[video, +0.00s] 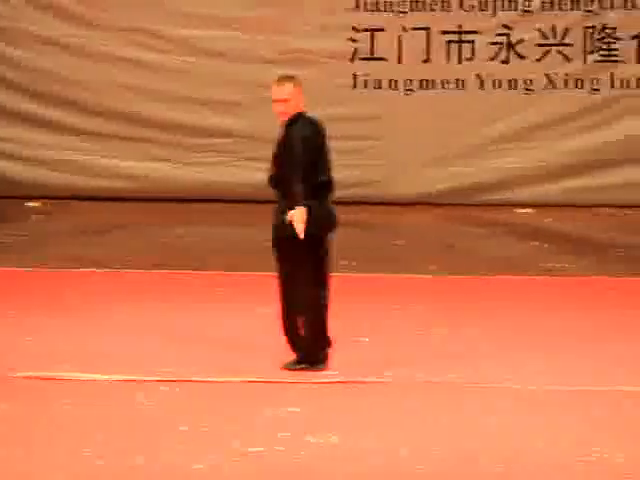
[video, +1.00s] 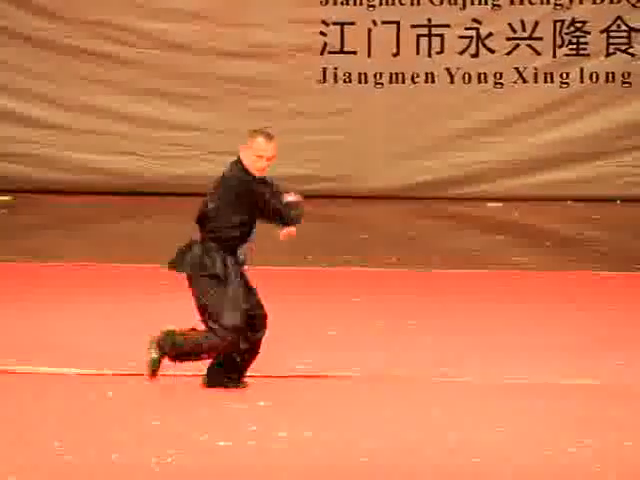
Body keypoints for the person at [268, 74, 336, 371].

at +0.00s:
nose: (278, 107)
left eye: (283, 101)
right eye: (275, 101)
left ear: (298, 98)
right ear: (278, 101)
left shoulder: (297, 130)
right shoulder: (309, 127)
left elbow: (296, 172)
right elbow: (315, 173)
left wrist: (297, 206)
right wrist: (302, 205)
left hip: (297, 220)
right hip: (312, 217)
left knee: (300, 287)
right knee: (311, 285)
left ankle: (309, 350)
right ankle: (314, 345)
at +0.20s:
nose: (259, 108)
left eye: (264, 103)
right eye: (258, 103)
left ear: (280, 102)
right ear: (283, 103)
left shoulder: (270, 138)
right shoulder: (304, 132)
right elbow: (313, 180)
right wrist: (308, 211)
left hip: (283, 226)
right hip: (309, 222)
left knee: (274, 288)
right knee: (304, 284)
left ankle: (291, 347)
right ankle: (304, 343)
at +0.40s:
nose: (246, 129)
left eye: (252, 123)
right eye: (245, 123)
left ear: (267, 121)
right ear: (243, 121)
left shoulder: (263, 152)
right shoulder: (277, 151)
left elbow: (219, 157)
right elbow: (299, 195)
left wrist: (220, 134)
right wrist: (311, 235)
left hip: (280, 239)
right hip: (290, 237)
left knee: (258, 294)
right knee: (280, 297)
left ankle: (232, 349)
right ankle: (292, 348)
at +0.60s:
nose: (258, 140)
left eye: (265, 135)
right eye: (255, 133)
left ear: (276, 137)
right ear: (248, 131)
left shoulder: (278, 173)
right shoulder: (236, 151)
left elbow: (294, 204)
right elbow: (214, 144)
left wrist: (305, 229)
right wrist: (194, 135)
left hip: (257, 250)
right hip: (225, 244)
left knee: (241, 310)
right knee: (222, 310)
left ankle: (219, 366)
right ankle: (268, 334)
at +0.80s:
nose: (269, 161)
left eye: (275, 155)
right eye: (263, 153)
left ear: (282, 155)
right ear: (252, 152)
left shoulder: (265, 185)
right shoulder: (241, 181)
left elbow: (267, 224)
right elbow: (253, 220)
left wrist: (255, 249)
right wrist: (285, 252)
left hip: (237, 260)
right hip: (214, 259)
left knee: (257, 314)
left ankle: (227, 368)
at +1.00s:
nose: (265, 164)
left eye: (269, 159)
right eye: (260, 157)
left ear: (273, 157)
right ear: (244, 152)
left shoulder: (246, 178)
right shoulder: (243, 184)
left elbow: (271, 197)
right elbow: (278, 214)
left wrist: (288, 218)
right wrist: (293, 206)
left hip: (226, 261)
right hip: (211, 262)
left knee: (254, 320)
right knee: (229, 332)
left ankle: (224, 373)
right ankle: (167, 345)